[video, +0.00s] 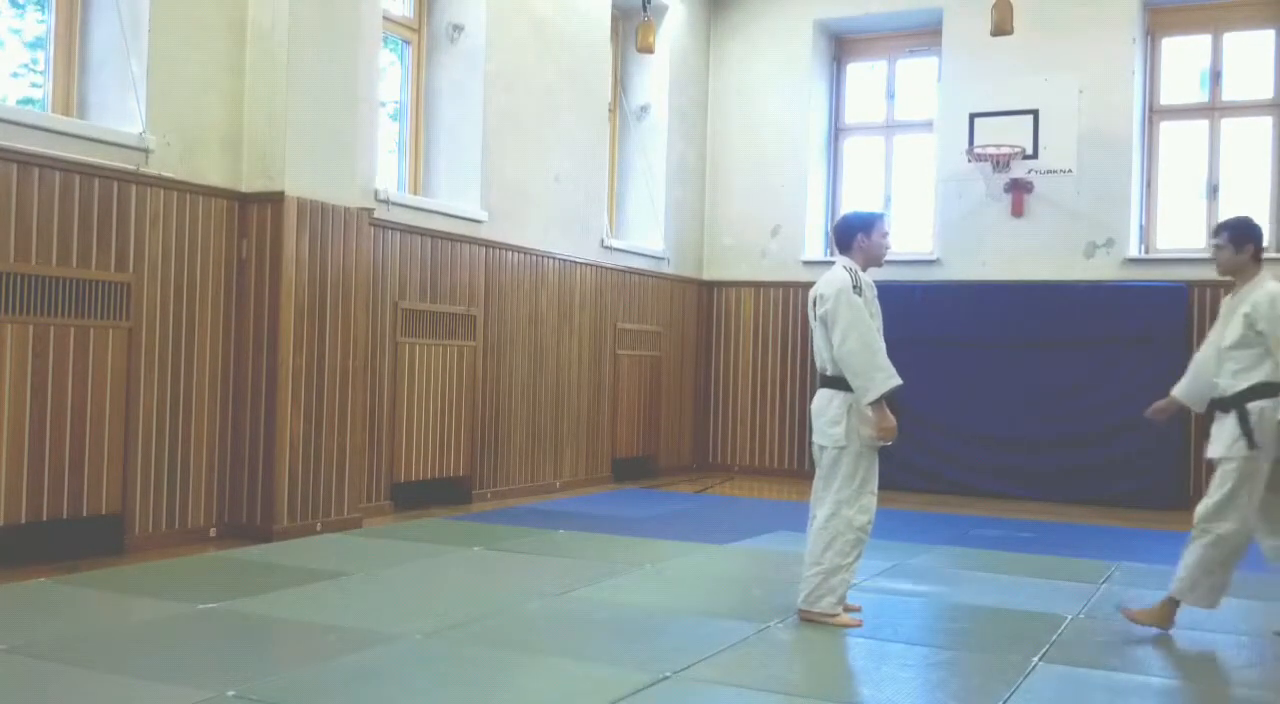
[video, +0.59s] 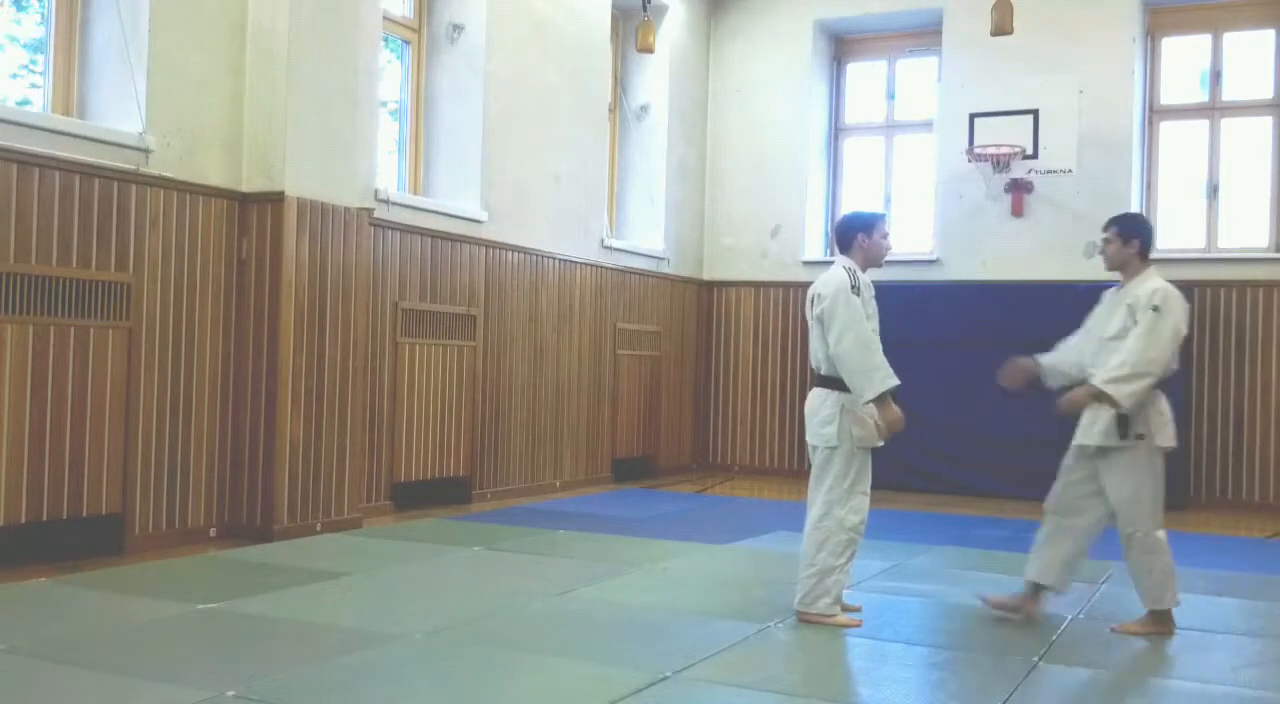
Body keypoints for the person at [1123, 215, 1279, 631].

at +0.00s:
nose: (1213, 256)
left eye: (1220, 248)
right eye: (1213, 249)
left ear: (1248, 249)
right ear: (1234, 252)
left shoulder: (1269, 296)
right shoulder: (1235, 298)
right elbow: (1212, 356)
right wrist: (1176, 400)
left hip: (1259, 422)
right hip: (1239, 420)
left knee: (1218, 515)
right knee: (1269, 517)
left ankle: (1168, 608)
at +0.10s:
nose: (1193, 252)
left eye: (1201, 245)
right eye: (1194, 245)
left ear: (1228, 249)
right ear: (1215, 250)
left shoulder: (1256, 295)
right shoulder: (1213, 299)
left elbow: (1269, 364)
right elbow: (1192, 357)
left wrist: (1267, 425)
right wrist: (1162, 403)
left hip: (1232, 420)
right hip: (1217, 418)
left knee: (1201, 516)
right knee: (1263, 518)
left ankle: (1165, 613)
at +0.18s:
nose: (1173, 249)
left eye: (1180, 242)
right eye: (1174, 242)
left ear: (1205, 245)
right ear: (1198, 247)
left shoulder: (1231, 292)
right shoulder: (1194, 294)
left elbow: (1244, 361)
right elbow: (1177, 361)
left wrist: (1238, 424)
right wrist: (1152, 403)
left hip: (1204, 419)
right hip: (1188, 418)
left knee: (1185, 517)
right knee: (1235, 519)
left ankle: (1164, 613)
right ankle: (1276, 586)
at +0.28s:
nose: (1153, 250)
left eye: (1159, 243)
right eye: (1153, 243)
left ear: (1185, 247)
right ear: (1180, 249)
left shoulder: (1211, 294)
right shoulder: (1176, 294)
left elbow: (1212, 366)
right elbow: (1163, 366)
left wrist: (1191, 421)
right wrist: (1134, 406)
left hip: (1185, 421)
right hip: (1160, 418)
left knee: (1173, 517)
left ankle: (1164, 613)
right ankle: (1243, 578)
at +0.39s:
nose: (1136, 248)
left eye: (1142, 241)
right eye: (1137, 241)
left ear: (1168, 244)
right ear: (1160, 245)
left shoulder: (1194, 293)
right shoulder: (1155, 292)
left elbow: (1186, 361)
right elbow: (1136, 355)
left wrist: (1152, 410)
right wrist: (1108, 396)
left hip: (1169, 420)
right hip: (1137, 413)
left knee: (1166, 514)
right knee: (1112, 503)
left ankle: (1163, 612)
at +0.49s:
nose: (1125, 248)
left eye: (1131, 241)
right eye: (1126, 241)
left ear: (1157, 244)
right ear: (1147, 245)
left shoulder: (1186, 294)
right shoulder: (1140, 295)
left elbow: (1173, 360)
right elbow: (1118, 354)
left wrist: (1127, 398)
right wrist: (1088, 389)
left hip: (1159, 424)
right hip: (1121, 420)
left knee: (1158, 517)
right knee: (1093, 503)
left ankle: (1161, 612)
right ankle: (1118, 596)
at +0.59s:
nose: (1102, 249)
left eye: (1109, 242)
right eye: (1103, 242)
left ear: (1135, 246)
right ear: (1124, 247)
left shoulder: (1163, 297)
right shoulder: (1113, 297)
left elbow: (1146, 359)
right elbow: (1083, 348)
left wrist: (1093, 391)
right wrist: (1037, 367)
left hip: (1134, 424)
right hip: (1095, 419)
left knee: (1139, 523)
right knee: (1065, 507)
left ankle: (1160, 614)